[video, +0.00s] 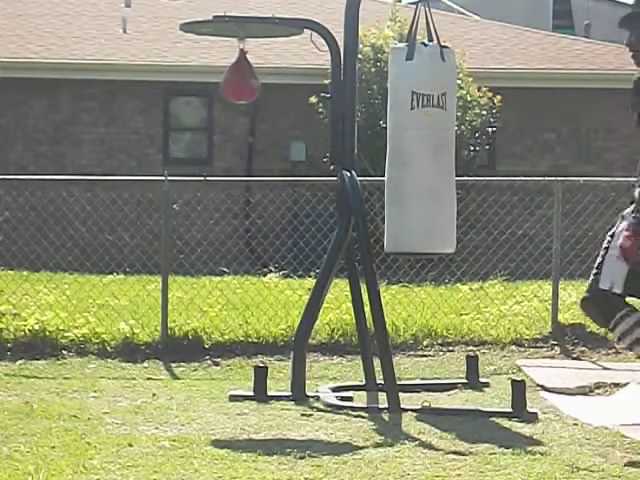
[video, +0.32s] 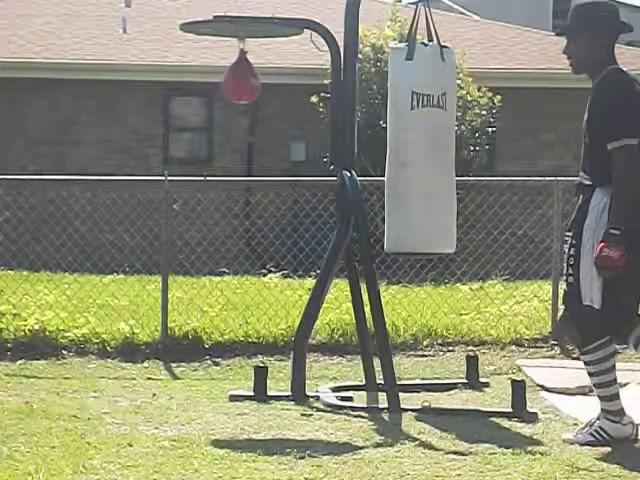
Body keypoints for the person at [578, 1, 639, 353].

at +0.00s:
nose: (630, 47)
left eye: (633, 39)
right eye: (630, 39)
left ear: (639, 41)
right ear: (631, 40)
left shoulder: (636, 88)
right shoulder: (636, 88)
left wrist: (633, 223)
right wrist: (631, 221)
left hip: (634, 213)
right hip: (633, 211)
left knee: (599, 298)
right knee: (599, 297)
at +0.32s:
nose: (565, 49)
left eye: (572, 39)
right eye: (566, 39)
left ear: (598, 40)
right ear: (600, 41)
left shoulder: (615, 88)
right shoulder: (608, 86)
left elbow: (625, 166)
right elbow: (609, 167)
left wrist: (617, 232)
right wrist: (589, 227)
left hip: (604, 210)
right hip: (598, 207)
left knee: (584, 313)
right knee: (583, 313)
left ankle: (613, 416)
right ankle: (612, 413)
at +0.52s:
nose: (525, 50)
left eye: (533, 41)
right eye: (527, 41)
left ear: (559, 44)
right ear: (558, 45)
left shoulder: (575, 92)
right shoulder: (567, 90)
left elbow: (589, 170)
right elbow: (570, 169)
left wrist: (572, 232)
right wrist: (548, 225)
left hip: (577, 219)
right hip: (559, 214)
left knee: (568, 316)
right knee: (535, 306)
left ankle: (612, 416)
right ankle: (583, 385)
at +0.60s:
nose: (510, 45)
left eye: (518, 37)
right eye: (513, 37)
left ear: (544, 41)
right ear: (544, 42)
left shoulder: (555, 86)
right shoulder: (558, 84)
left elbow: (572, 165)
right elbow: (606, 135)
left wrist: (550, 227)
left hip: (566, 212)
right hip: (541, 207)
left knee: (569, 316)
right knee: (508, 303)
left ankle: (614, 417)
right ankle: (527, 405)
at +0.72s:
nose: (485, 51)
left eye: (492, 43)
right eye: (487, 43)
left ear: (517, 48)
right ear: (517, 49)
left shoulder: (532, 94)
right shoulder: (516, 95)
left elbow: (546, 172)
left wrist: (518, 233)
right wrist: (501, 231)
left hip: (537, 223)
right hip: (509, 221)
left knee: (549, 325)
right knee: (482, 314)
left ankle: (611, 413)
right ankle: (491, 413)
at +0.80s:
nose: (465, 53)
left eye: (473, 45)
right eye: (466, 45)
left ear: (498, 51)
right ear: (495, 52)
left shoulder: (515, 96)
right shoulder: (500, 96)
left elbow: (530, 167)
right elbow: (556, 139)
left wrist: (508, 230)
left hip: (508, 226)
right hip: (488, 224)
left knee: (505, 326)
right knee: (471, 319)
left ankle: (587, 398)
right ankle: (490, 416)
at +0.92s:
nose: (436, 59)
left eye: (444, 51)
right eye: (438, 51)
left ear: (470, 54)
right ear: (468, 56)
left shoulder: (485, 98)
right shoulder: (478, 99)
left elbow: (508, 169)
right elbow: (496, 168)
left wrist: (499, 236)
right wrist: (464, 188)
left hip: (484, 219)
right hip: (473, 216)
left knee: (441, 316)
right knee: (454, 316)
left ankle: (523, 372)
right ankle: (488, 412)